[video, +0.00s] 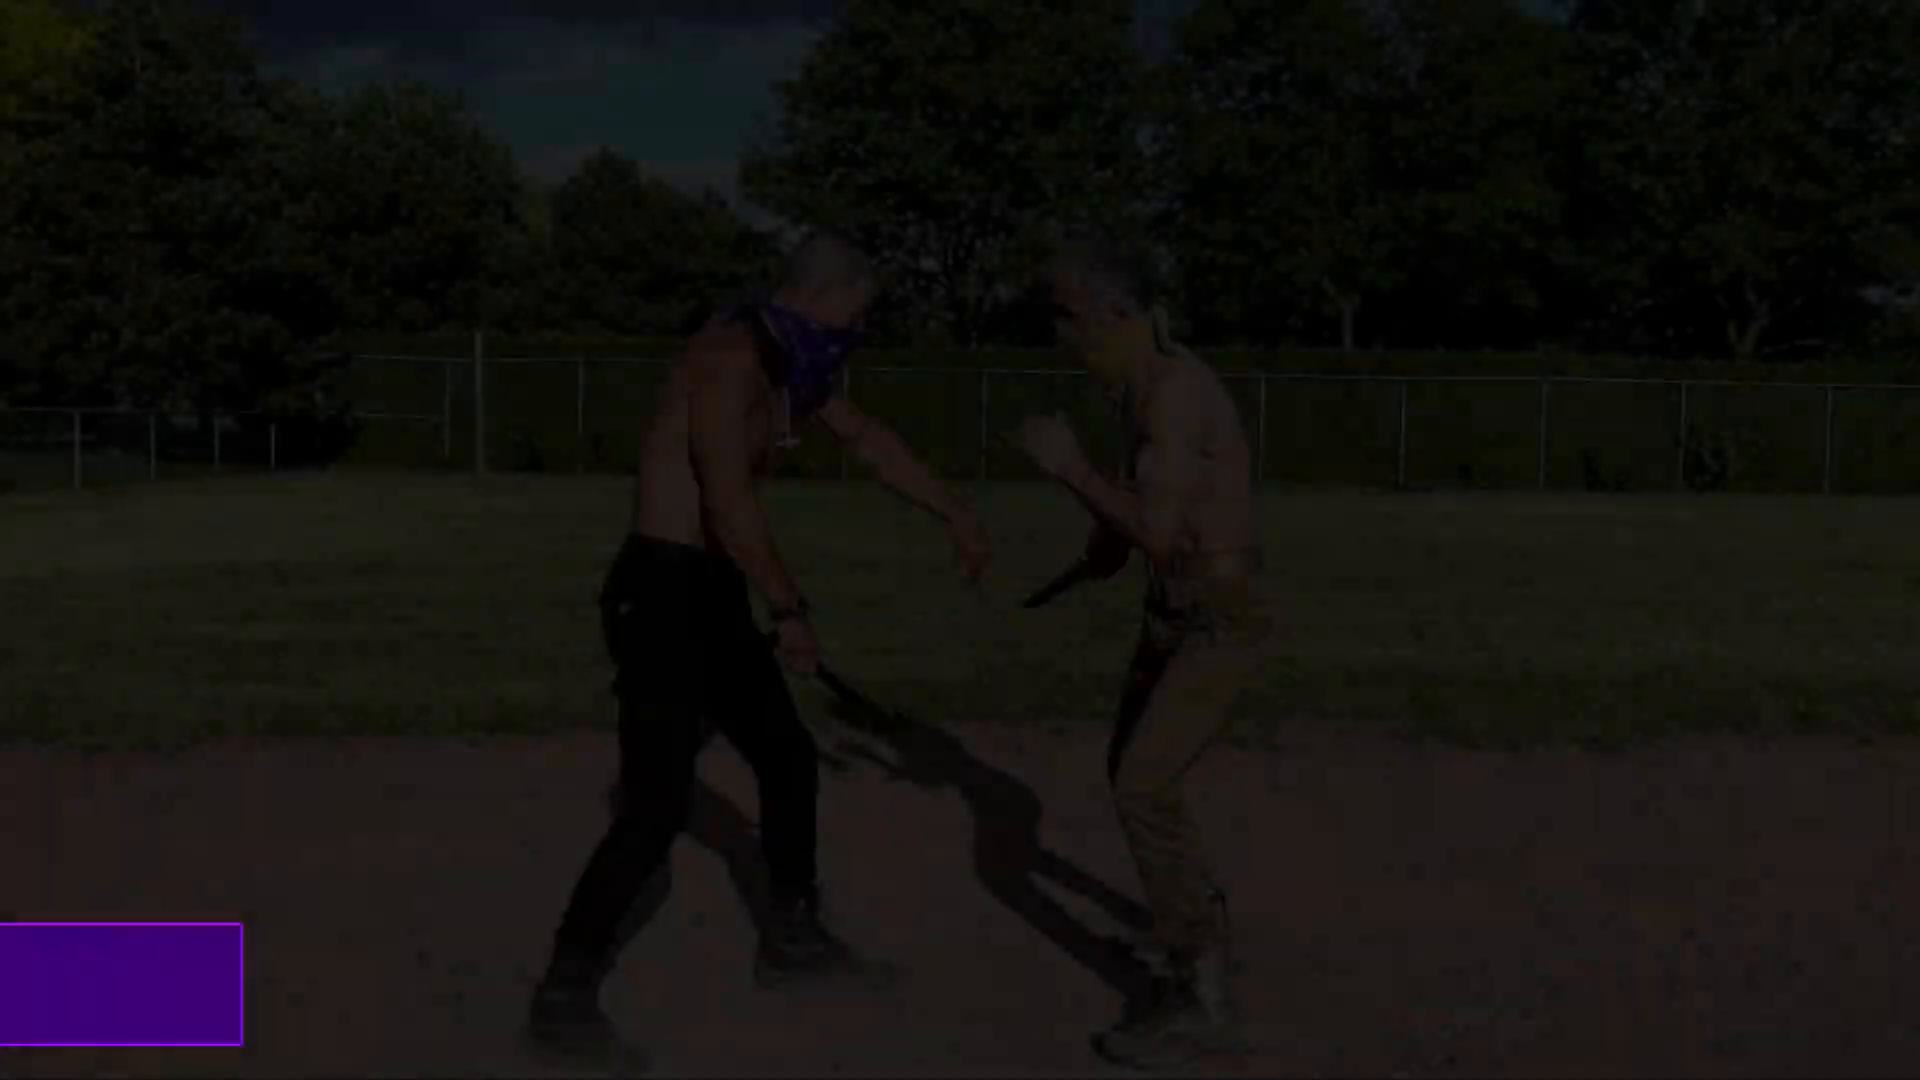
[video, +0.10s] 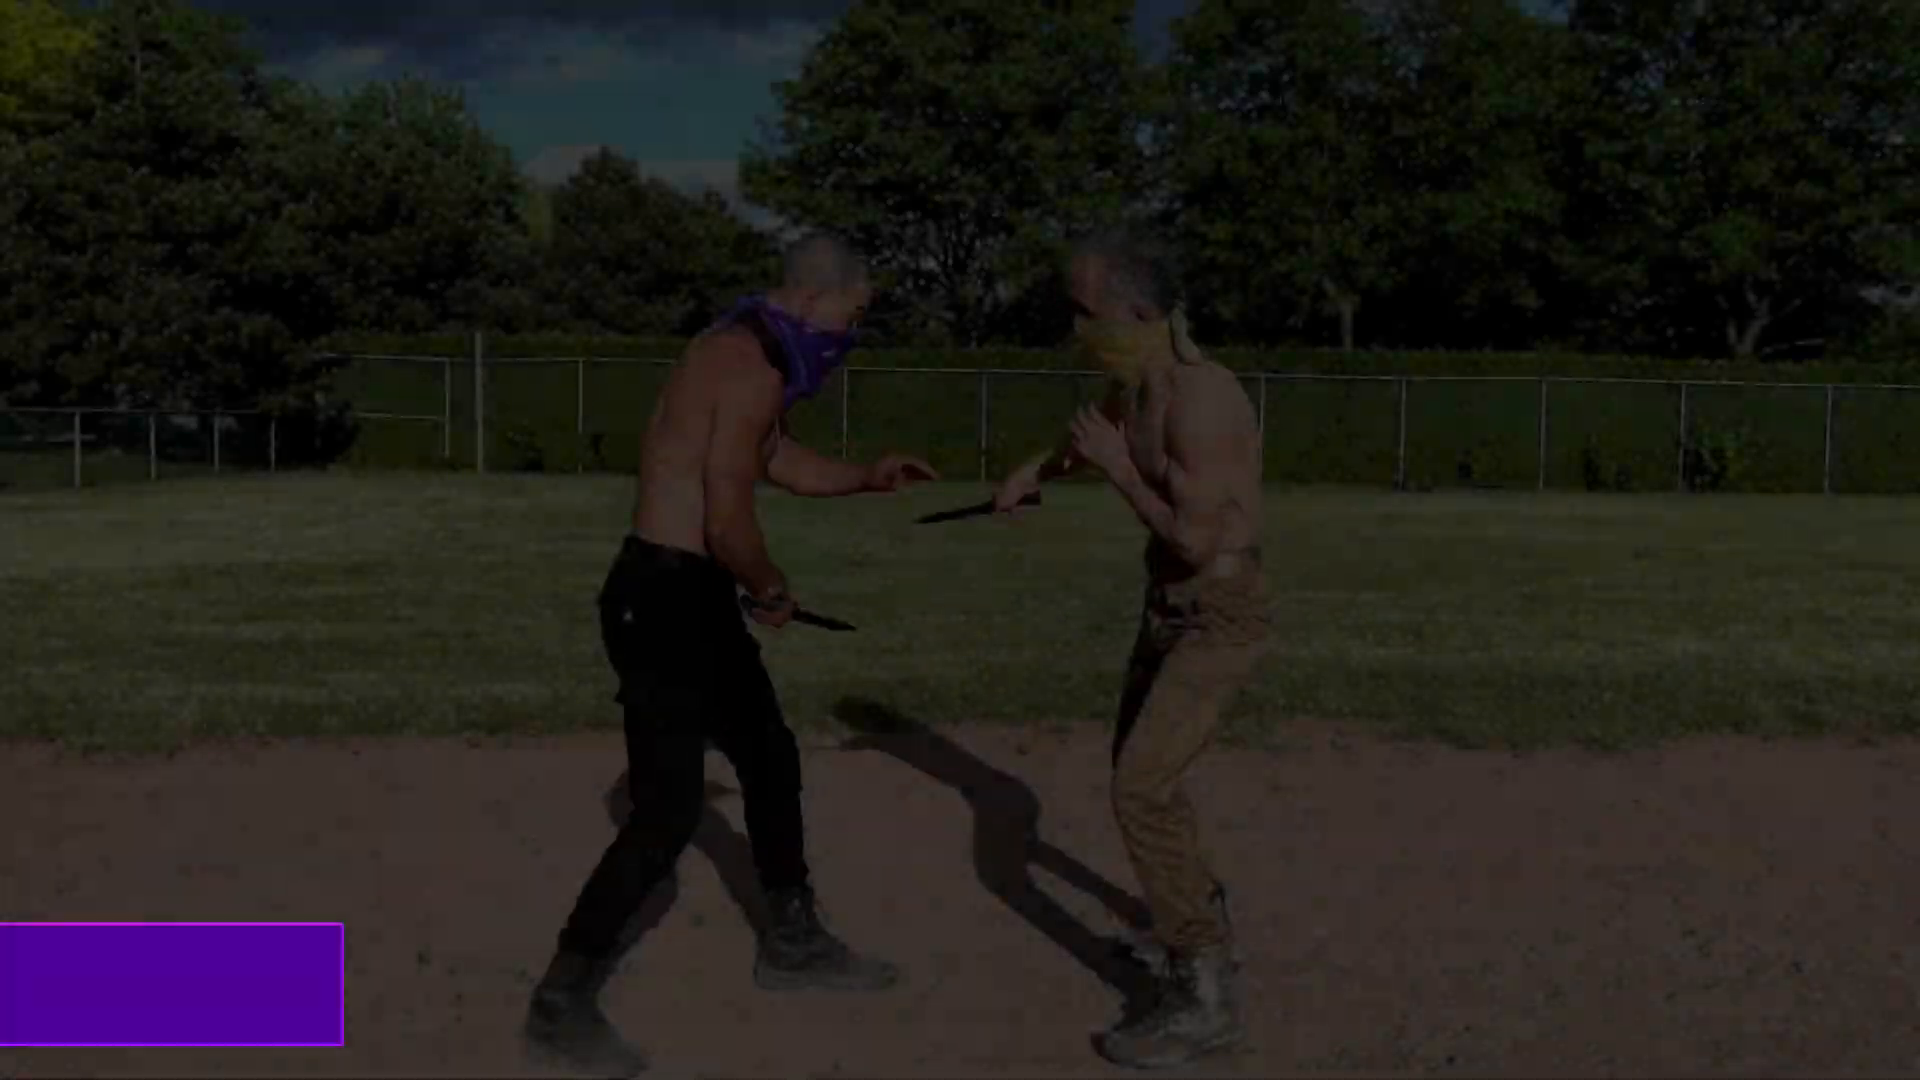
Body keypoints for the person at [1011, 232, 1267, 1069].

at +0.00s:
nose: (1081, 348)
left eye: (1090, 328)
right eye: (1076, 330)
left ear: (1130, 320)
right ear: (1107, 324)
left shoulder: (1178, 394)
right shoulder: (1142, 392)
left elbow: (1162, 533)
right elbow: (1130, 525)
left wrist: (1074, 469)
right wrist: (1067, 583)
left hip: (1222, 624)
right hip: (1177, 617)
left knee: (1144, 779)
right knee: (1132, 773)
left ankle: (1201, 985)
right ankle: (1186, 952)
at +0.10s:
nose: (1080, 334)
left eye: (1089, 317)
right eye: (1079, 318)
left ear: (1134, 316)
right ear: (1135, 317)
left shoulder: (1206, 398)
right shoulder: (1141, 389)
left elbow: (1198, 541)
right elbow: (1105, 448)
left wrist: (1119, 467)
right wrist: (1037, 470)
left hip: (1219, 623)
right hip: (1171, 615)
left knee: (1144, 782)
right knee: (1136, 764)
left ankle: (1205, 994)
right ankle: (1193, 914)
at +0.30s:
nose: (1098, 323)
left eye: (1112, 307)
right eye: (1097, 308)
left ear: (1164, 308)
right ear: (1136, 311)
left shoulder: (1220, 396)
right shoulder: (1122, 384)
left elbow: (1165, 532)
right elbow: (1087, 428)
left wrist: (1091, 438)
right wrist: (1034, 445)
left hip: (1219, 610)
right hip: (1155, 602)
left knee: (1167, 778)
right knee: (1128, 763)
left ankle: (1213, 997)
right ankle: (1192, 911)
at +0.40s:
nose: (1097, 309)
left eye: (1108, 294)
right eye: (1095, 293)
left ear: (1160, 296)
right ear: (1152, 293)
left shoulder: (1181, 388)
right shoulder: (1174, 354)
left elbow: (1047, 484)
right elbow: (1183, 451)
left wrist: (961, 425)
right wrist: (1135, 498)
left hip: (1207, 607)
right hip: (1165, 595)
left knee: (1159, 782)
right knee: (1131, 761)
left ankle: (1210, 996)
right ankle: (1193, 922)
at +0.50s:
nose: (1084, 297)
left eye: (1094, 284)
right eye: (1084, 280)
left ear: (1140, 291)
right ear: (1159, 291)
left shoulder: (1127, 395)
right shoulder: (1211, 355)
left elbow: (1020, 493)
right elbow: (1249, 451)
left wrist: (922, 530)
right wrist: (1146, 490)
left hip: (1192, 608)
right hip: (1203, 593)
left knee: (1131, 787)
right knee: (1151, 770)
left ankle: (1202, 995)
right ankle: (1201, 928)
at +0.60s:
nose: (1059, 298)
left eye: (1067, 283)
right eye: (1057, 282)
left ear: (1118, 285)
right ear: (1128, 286)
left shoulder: (1134, 390)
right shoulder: (1189, 355)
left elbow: (1149, 534)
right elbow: (1207, 463)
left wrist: (1069, 575)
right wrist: (1114, 488)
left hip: (1187, 595)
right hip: (1216, 580)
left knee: (1120, 790)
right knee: (1162, 770)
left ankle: (1198, 995)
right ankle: (1202, 927)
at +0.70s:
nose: (1040, 306)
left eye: (1049, 290)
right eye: (1038, 291)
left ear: (1099, 285)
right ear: (1092, 287)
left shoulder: (1156, 371)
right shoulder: (1119, 362)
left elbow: (1239, 492)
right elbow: (1140, 459)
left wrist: (1144, 558)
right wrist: (1091, 485)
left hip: (1202, 596)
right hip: (1168, 591)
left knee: (1140, 787)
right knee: (1155, 770)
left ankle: (1203, 994)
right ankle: (1196, 918)